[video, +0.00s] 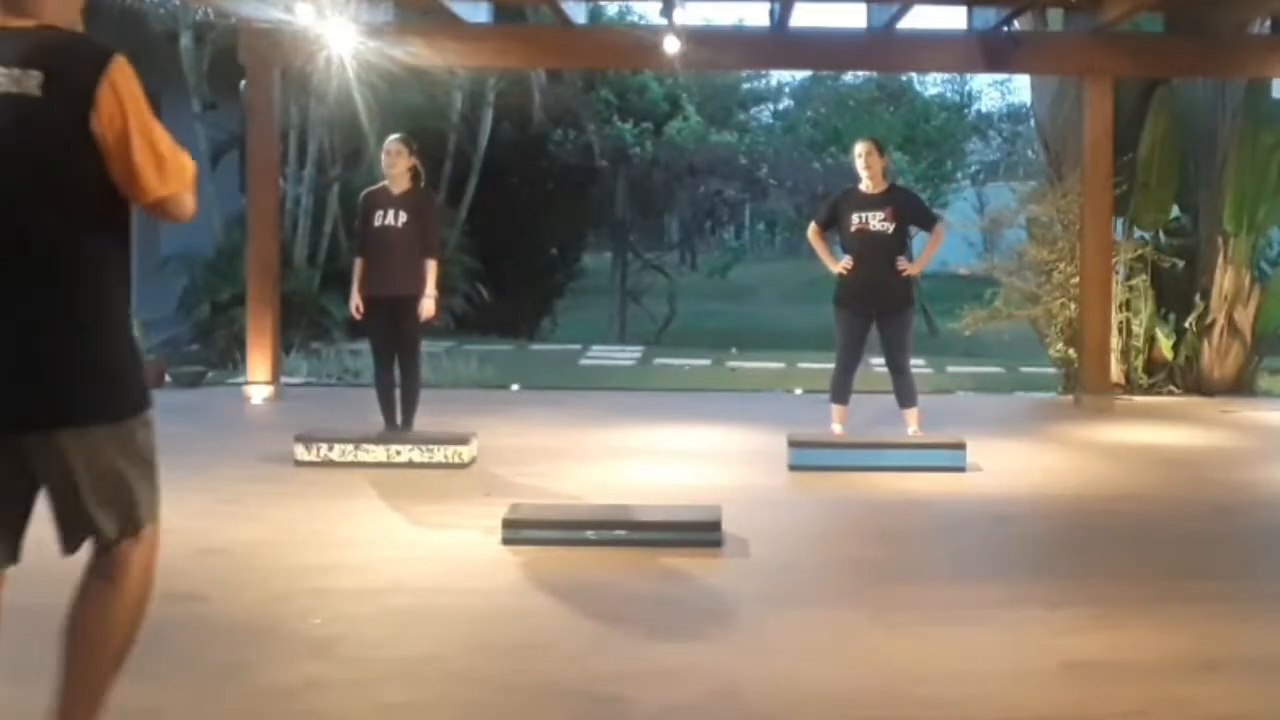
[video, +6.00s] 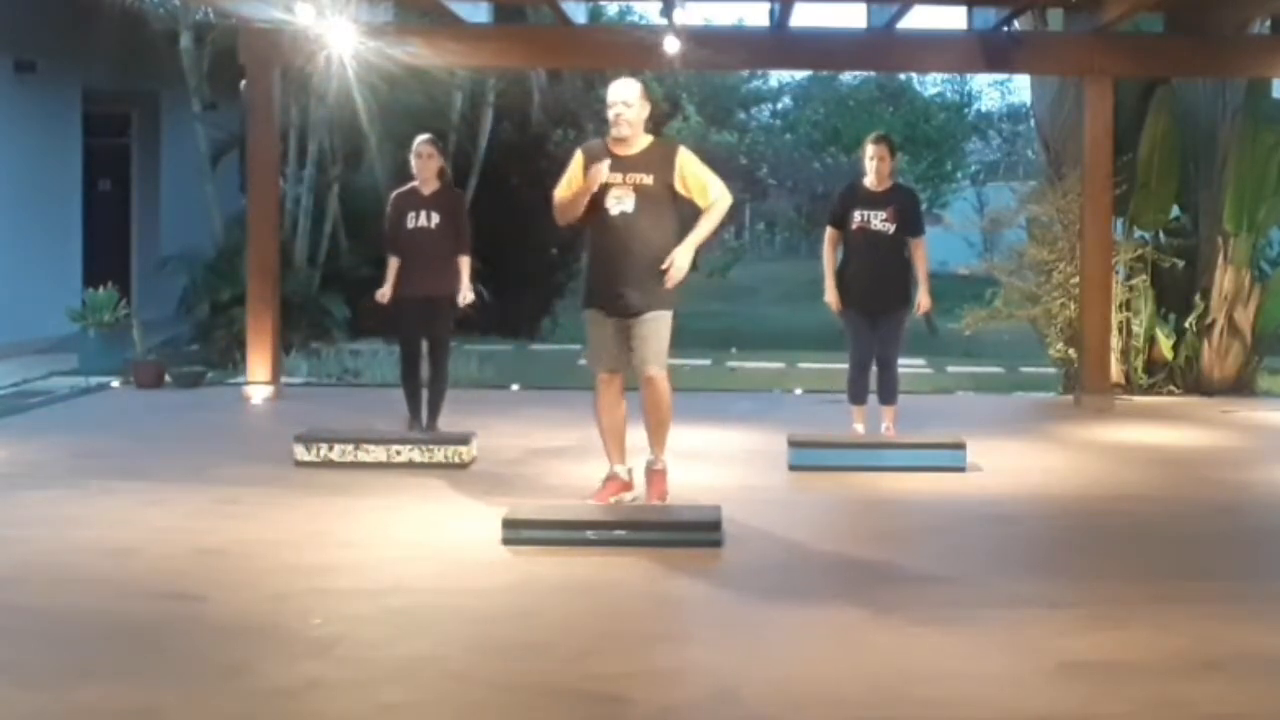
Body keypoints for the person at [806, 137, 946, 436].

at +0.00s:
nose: (864, 161)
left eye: (869, 155)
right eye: (859, 156)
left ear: (883, 160)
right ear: (854, 164)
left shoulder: (903, 198)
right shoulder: (844, 200)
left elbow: (939, 229)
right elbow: (813, 231)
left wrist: (919, 265)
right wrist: (833, 262)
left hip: (894, 289)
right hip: (854, 289)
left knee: (898, 362)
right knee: (846, 359)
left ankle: (913, 429)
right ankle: (837, 429)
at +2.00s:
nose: (865, 166)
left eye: (870, 160)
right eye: (860, 161)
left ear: (883, 162)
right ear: (854, 165)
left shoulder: (898, 199)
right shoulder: (840, 197)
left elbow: (934, 228)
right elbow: (806, 225)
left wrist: (914, 262)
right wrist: (824, 260)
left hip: (887, 287)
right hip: (847, 286)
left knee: (895, 359)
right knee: (844, 356)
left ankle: (914, 428)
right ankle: (837, 428)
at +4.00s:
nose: (872, 174)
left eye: (878, 167)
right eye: (867, 167)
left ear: (888, 168)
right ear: (859, 168)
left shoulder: (901, 203)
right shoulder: (844, 202)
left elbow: (909, 253)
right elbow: (830, 249)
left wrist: (916, 301)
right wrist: (818, 294)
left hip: (889, 297)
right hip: (851, 297)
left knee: (885, 361)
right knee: (856, 361)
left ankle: (887, 425)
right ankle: (857, 426)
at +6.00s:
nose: (875, 163)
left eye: (881, 158)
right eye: (870, 158)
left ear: (892, 161)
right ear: (864, 160)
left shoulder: (906, 198)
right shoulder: (848, 195)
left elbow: (917, 245)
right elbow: (831, 240)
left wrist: (923, 288)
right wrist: (830, 285)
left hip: (894, 291)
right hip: (855, 290)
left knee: (888, 358)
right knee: (860, 356)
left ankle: (888, 423)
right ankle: (858, 423)